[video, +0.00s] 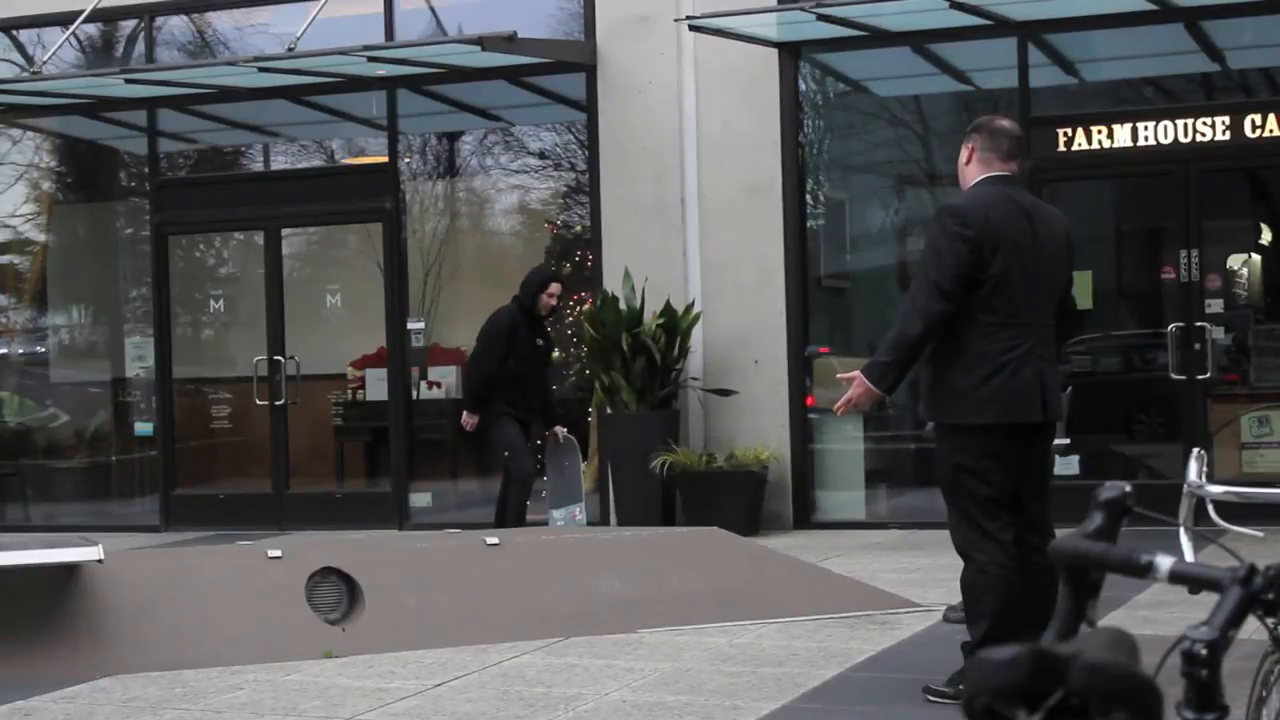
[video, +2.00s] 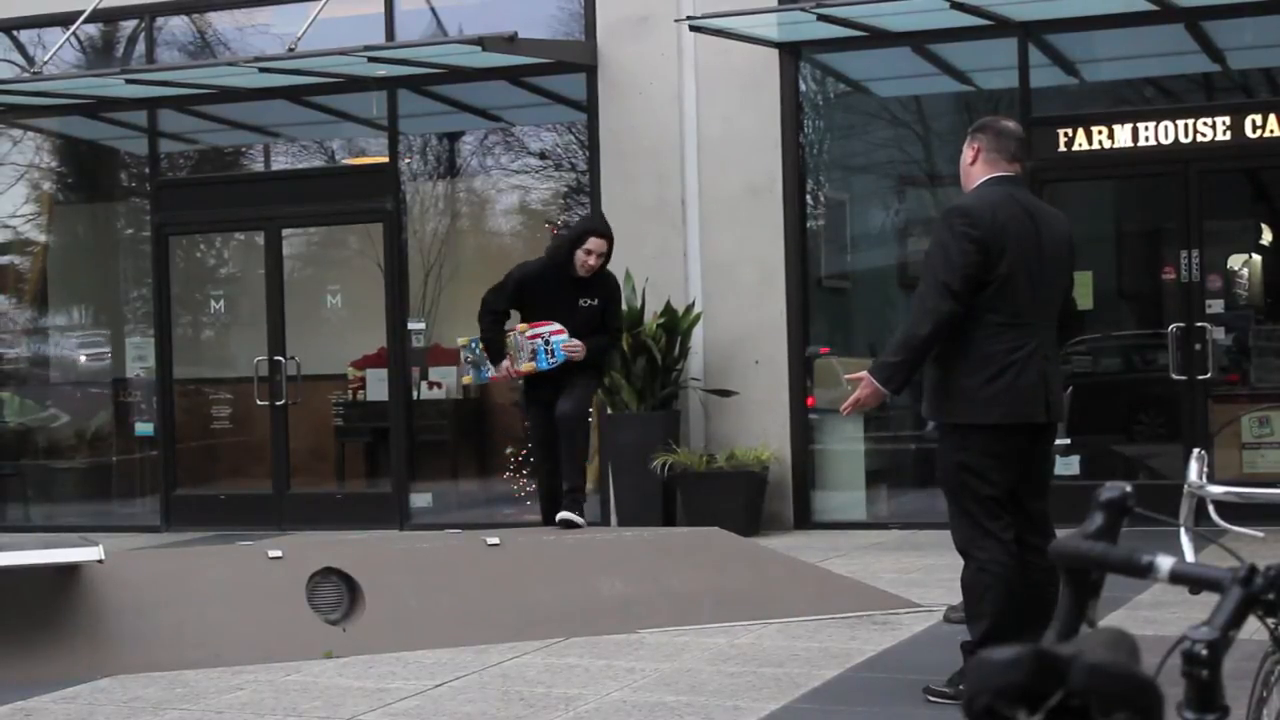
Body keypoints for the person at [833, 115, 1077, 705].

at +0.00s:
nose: (957, 168)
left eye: (959, 159)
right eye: (961, 159)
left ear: (970, 157)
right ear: (1020, 163)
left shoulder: (963, 216)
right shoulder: (1050, 221)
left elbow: (928, 308)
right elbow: (1067, 314)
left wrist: (878, 376)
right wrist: (1025, 353)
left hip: (972, 407)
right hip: (1033, 406)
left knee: (982, 538)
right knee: (1029, 532)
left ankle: (987, 674)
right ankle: (1030, 666)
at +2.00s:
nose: (959, 166)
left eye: (961, 156)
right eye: (962, 157)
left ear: (974, 154)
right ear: (1021, 162)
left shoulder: (968, 216)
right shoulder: (1051, 221)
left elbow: (934, 309)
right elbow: (1067, 317)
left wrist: (884, 376)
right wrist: (1023, 354)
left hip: (975, 408)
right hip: (1034, 407)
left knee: (983, 538)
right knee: (1029, 531)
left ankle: (987, 674)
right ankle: (1030, 666)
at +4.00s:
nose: (949, 169)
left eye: (951, 158)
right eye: (951, 159)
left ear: (971, 154)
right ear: (1007, 156)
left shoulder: (970, 217)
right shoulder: (1048, 221)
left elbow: (938, 311)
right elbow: (1060, 318)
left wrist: (889, 377)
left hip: (976, 408)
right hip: (1033, 407)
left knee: (983, 539)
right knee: (1029, 531)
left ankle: (987, 674)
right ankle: (1027, 665)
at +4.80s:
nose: (938, 167)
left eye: (943, 156)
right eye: (940, 156)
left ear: (969, 156)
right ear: (991, 156)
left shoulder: (966, 218)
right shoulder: (1037, 219)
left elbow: (938, 311)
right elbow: (1040, 316)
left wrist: (890, 377)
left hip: (975, 408)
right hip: (1029, 406)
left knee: (981, 539)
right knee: (1026, 532)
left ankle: (987, 674)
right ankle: (1027, 665)